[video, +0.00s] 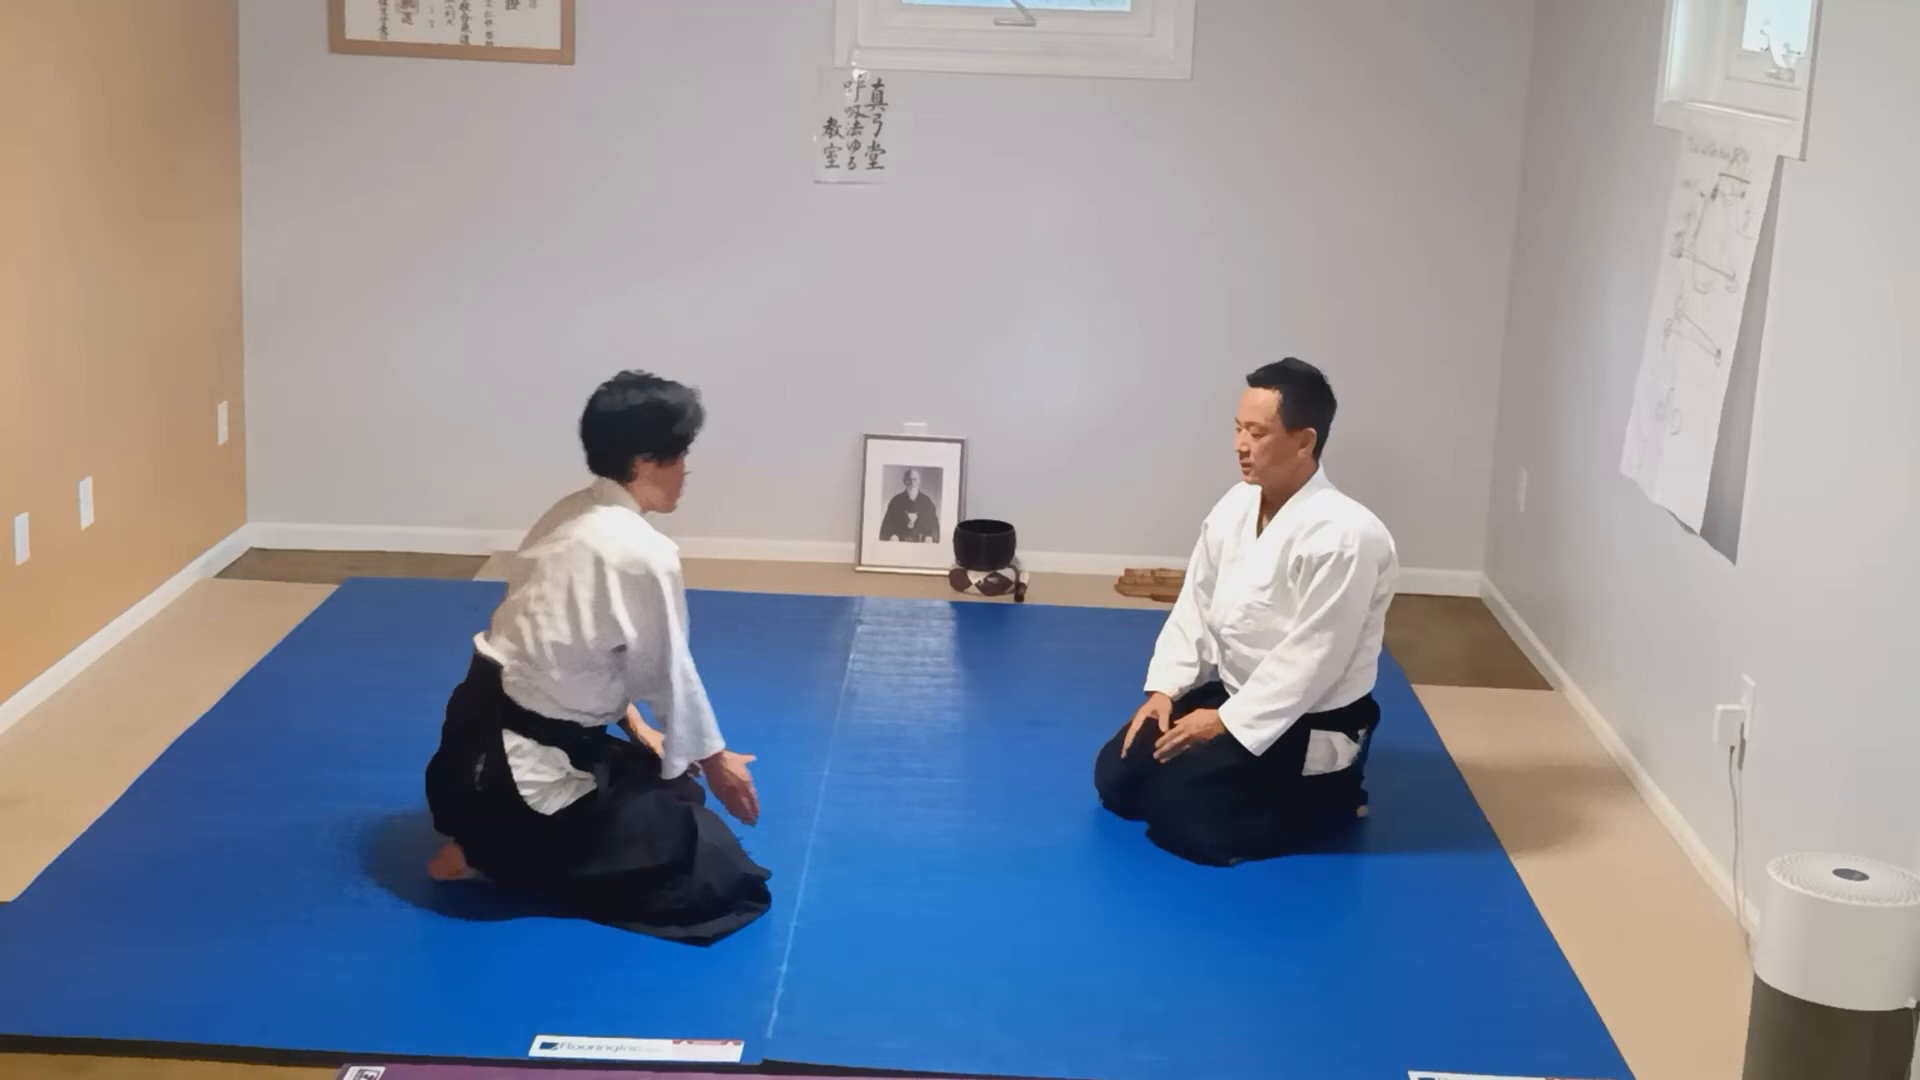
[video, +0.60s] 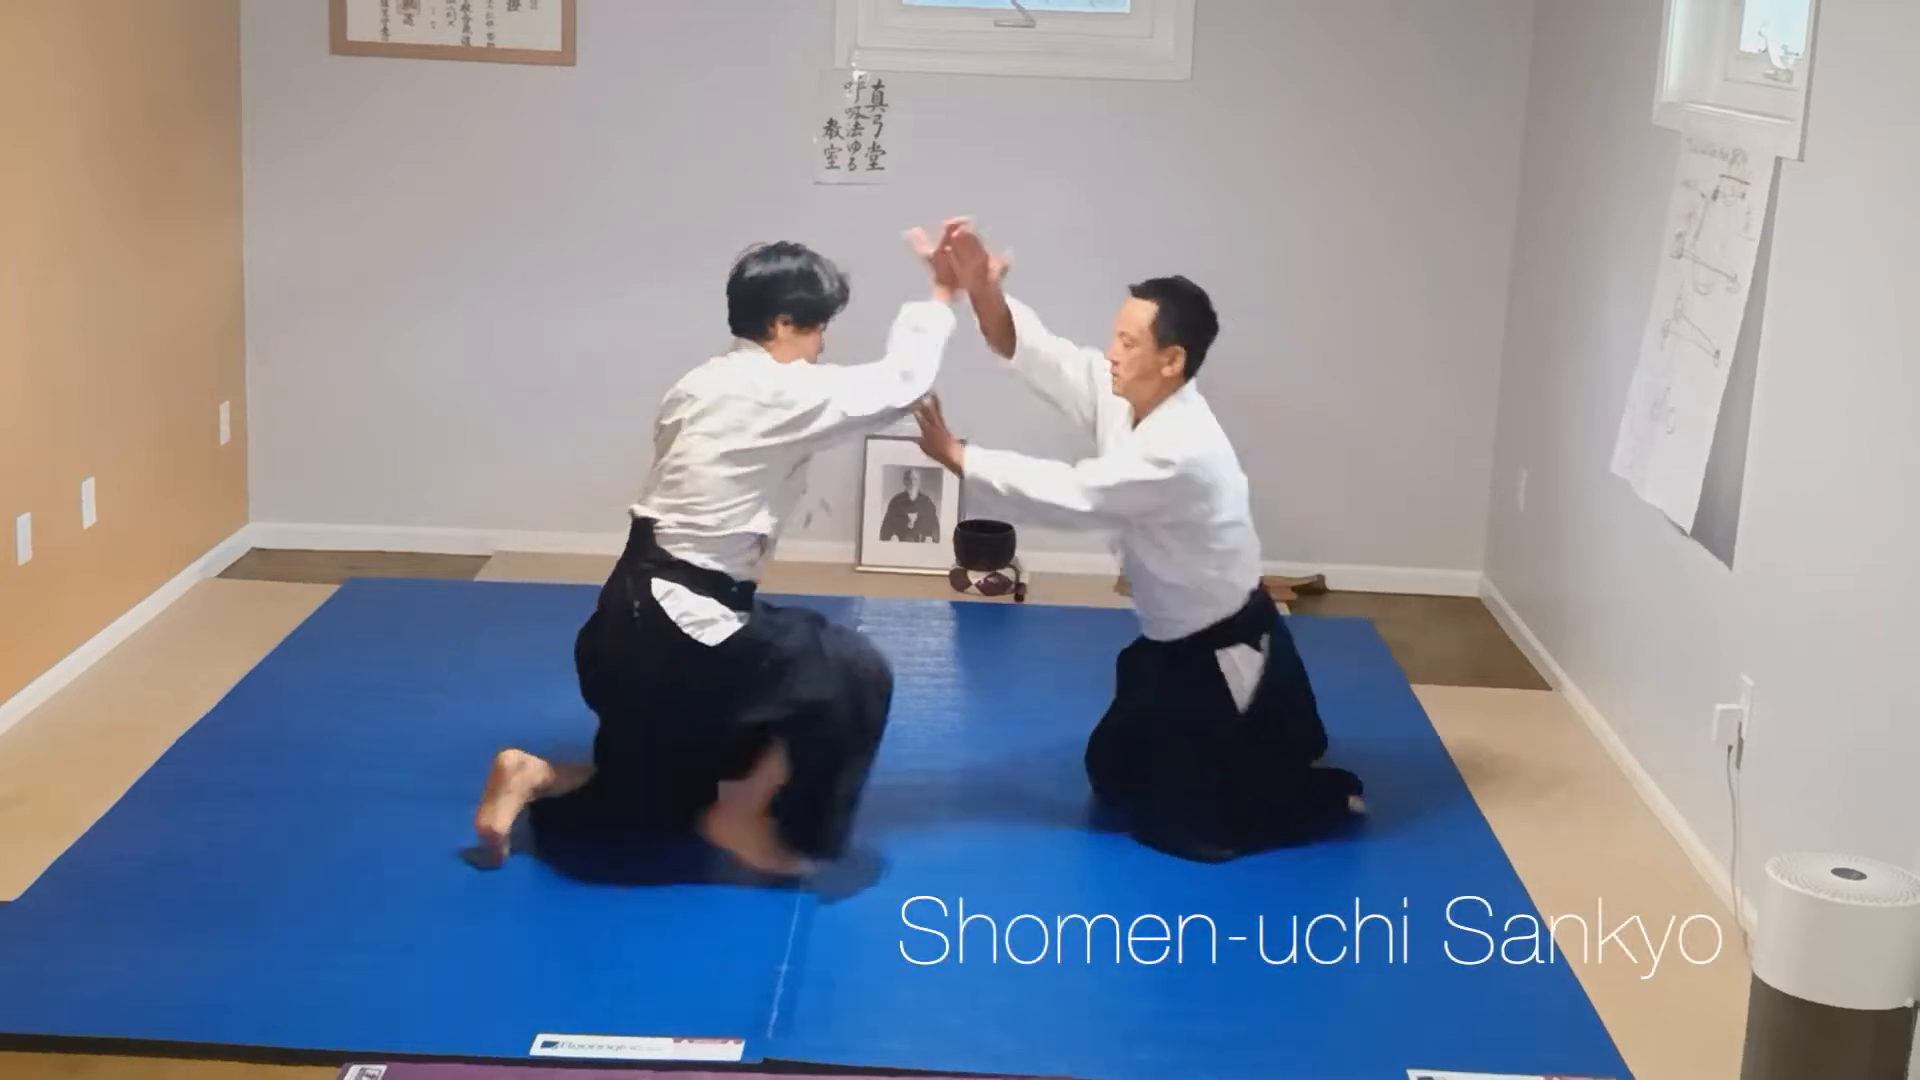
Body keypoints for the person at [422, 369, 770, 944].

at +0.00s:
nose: (687, 469)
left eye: (686, 454)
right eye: (680, 455)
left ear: (618, 463)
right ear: (644, 465)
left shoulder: (567, 513)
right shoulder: (643, 554)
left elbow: (583, 636)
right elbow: (672, 678)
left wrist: (637, 729)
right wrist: (715, 761)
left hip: (467, 754)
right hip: (520, 794)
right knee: (715, 869)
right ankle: (492, 859)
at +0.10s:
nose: (726, 451)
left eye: (724, 436)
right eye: (720, 438)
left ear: (662, 445)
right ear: (683, 445)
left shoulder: (607, 497)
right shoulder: (680, 529)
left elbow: (613, 622)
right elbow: (717, 649)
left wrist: (648, 722)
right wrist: (766, 737)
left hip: (484, 730)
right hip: (538, 758)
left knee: (666, 792)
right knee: (706, 862)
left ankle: (502, 832)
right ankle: (502, 865)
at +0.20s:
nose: (750, 417)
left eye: (750, 402)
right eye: (744, 401)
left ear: (677, 403)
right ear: (710, 407)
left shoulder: (624, 462)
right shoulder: (710, 485)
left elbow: (600, 588)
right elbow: (777, 587)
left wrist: (651, 689)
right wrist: (854, 655)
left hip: (506, 696)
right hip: (569, 710)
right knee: (697, 846)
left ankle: (499, 829)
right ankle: (526, 860)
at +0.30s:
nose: (762, 383)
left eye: (764, 367)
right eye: (758, 368)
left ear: (686, 363)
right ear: (724, 365)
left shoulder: (633, 425)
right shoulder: (731, 438)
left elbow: (601, 512)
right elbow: (838, 503)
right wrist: (934, 487)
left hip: (553, 636)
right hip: (618, 656)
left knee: (580, 771)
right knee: (692, 827)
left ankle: (487, 830)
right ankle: (528, 857)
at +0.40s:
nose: (781, 357)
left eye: (782, 341)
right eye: (777, 340)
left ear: (708, 333)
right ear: (743, 339)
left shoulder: (648, 407)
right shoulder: (751, 411)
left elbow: (624, 491)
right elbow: (876, 417)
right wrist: (892, 328)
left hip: (577, 623)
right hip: (649, 640)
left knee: (595, 781)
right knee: (728, 805)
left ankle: (505, 813)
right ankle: (569, 828)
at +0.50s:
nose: (801, 351)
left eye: (804, 334)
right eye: (798, 333)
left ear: (734, 328)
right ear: (759, 331)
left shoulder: (671, 395)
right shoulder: (767, 397)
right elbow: (886, 373)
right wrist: (860, 290)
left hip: (597, 621)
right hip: (665, 626)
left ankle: (523, 791)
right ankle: (638, 790)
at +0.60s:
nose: (823, 350)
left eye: (826, 334)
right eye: (819, 333)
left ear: (746, 324)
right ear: (780, 327)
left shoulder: (691, 388)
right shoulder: (779, 391)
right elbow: (901, 384)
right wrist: (942, 294)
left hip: (616, 635)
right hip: (687, 635)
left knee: (667, 806)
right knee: (854, 675)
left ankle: (537, 779)